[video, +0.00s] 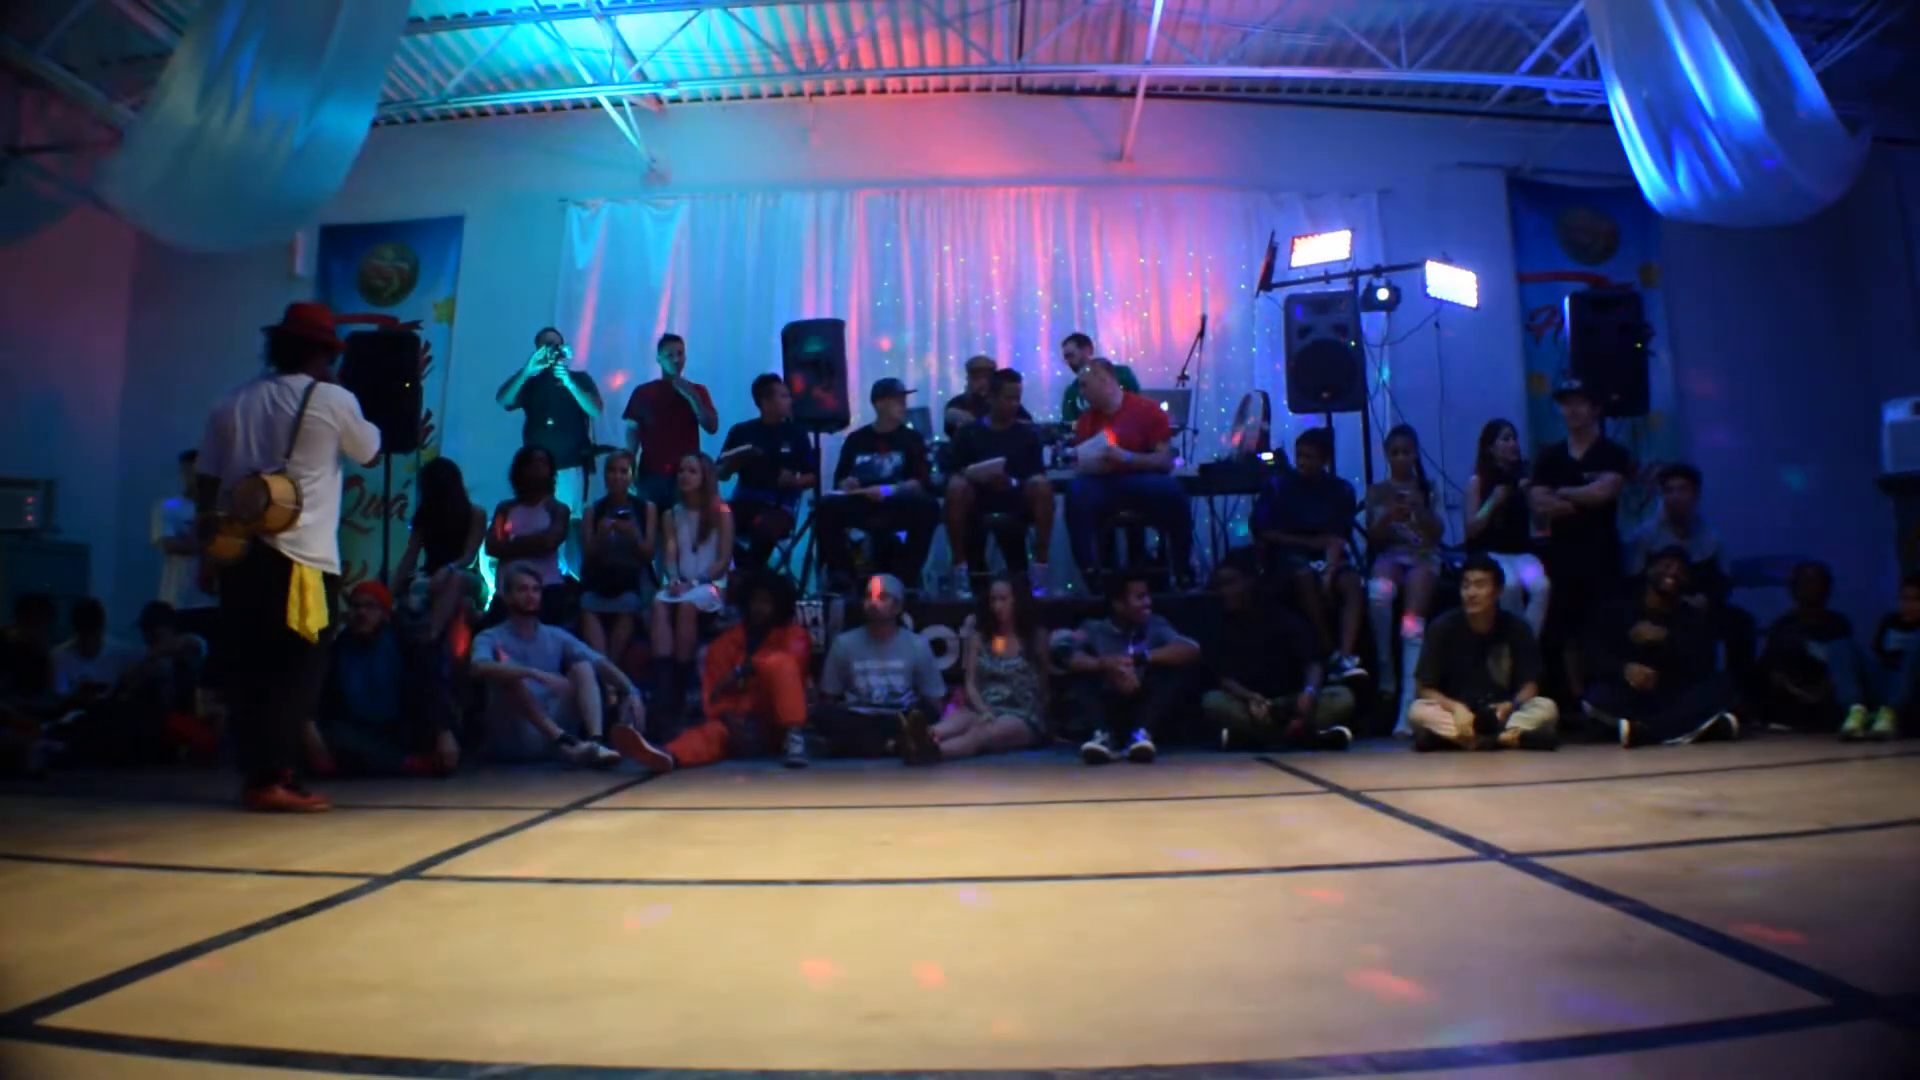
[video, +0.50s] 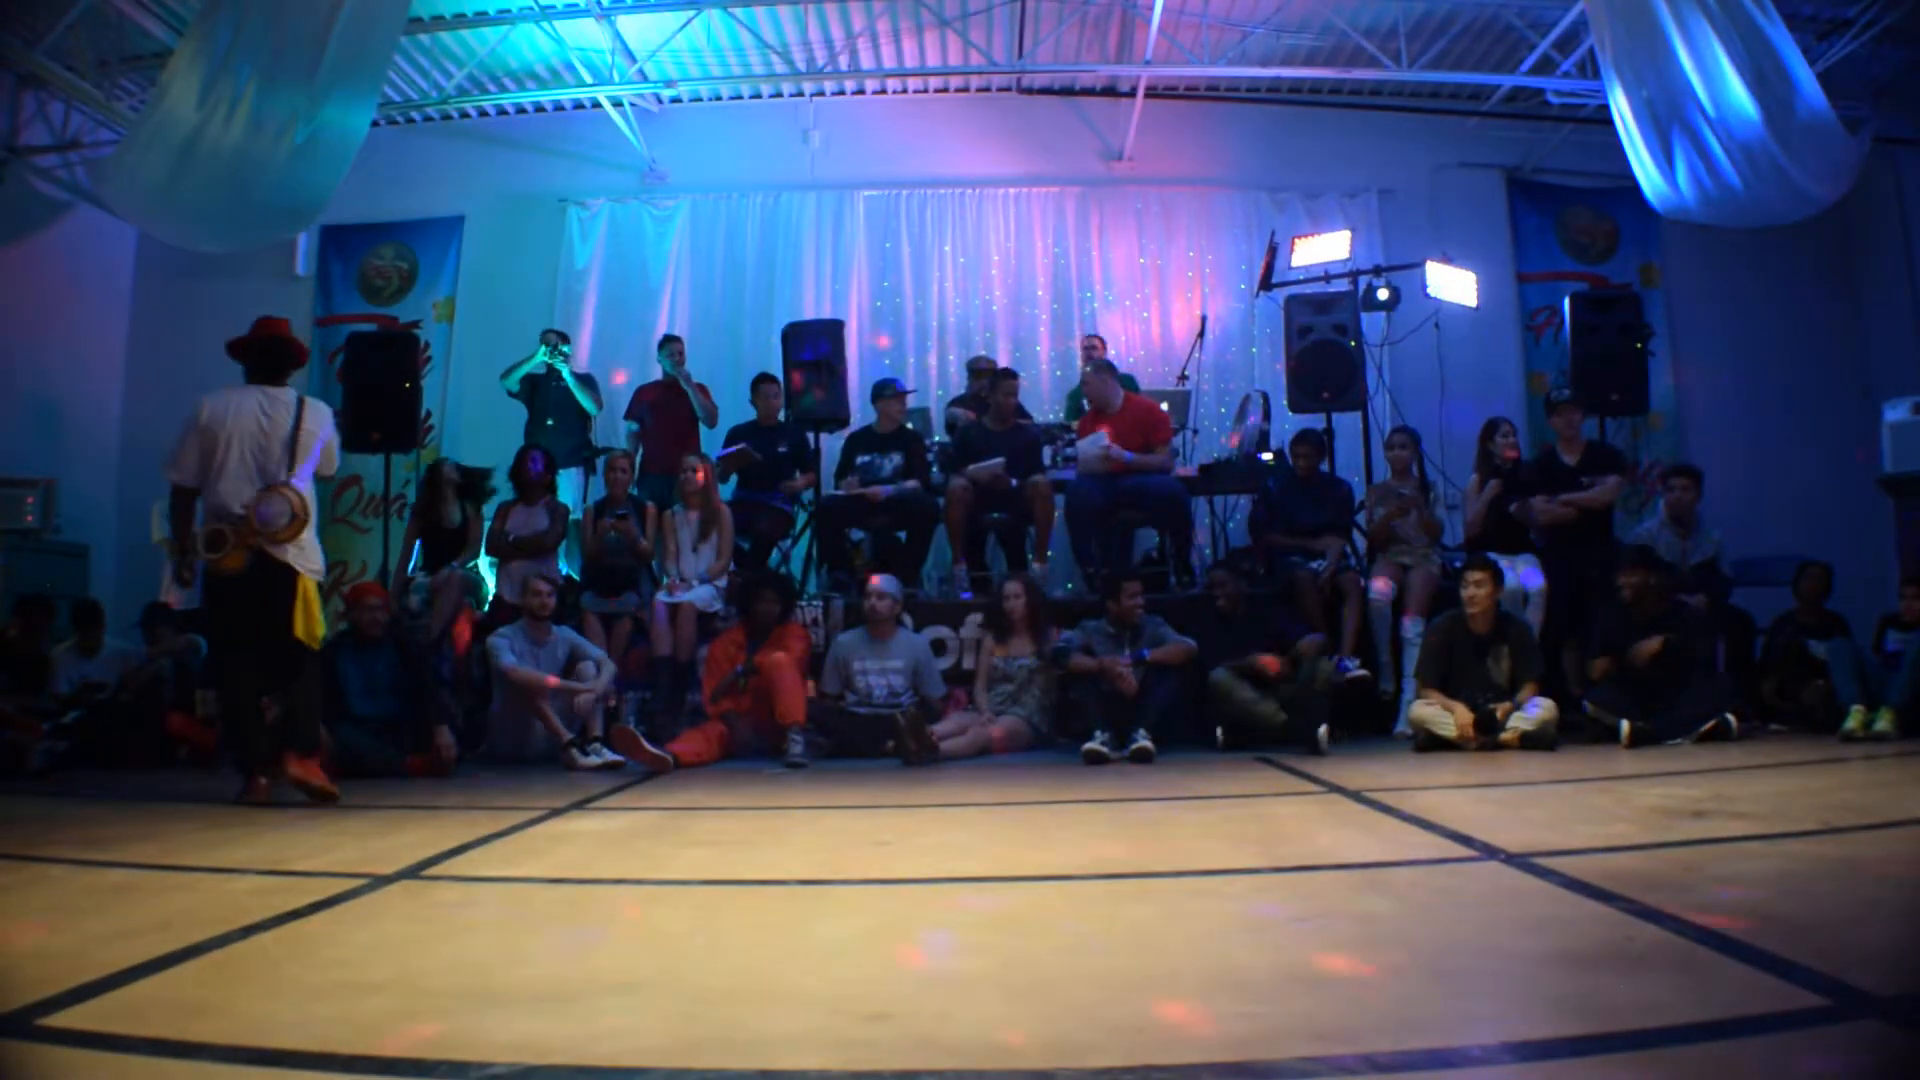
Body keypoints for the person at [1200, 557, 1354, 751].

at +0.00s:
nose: (1227, 591)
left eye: (1232, 583)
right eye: (1222, 585)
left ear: (1249, 582)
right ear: (1217, 590)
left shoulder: (1279, 615)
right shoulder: (1221, 626)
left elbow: (1313, 662)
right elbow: (1221, 676)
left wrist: (1308, 696)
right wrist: (1250, 698)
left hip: (1291, 694)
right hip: (1249, 700)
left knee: (1341, 698)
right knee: (1213, 702)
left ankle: (1251, 737)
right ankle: (1307, 737)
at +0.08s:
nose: (1224, 594)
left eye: (1230, 586)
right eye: (1220, 589)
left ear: (1247, 584)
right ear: (1216, 590)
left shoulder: (1276, 615)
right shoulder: (1220, 626)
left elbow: (1311, 661)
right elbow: (1221, 674)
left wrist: (1307, 691)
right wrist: (1248, 694)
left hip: (1290, 692)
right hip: (1251, 697)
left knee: (1338, 697)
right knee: (1214, 700)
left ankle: (1252, 738)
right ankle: (1308, 737)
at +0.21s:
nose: (1221, 597)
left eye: (1227, 589)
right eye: (1216, 591)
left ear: (1243, 586)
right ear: (1213, 593)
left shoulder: (1269, 614)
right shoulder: (1216, 625)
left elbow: (1310, 657)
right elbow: (1215, 672)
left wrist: (1308, 680)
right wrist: (1249, 682)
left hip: (1289, 689)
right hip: (1250, 694)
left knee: (1338, 691)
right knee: (1213, 693)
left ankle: (1253, 737)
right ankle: (1307, 736)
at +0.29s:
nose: (1217, 594)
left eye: (1223, 586)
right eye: (1212, 589)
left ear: (1240, 585)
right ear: (1207, 592)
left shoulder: (1265, 613)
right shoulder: (1211, 625)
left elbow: (1313, 653)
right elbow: (1212, 670)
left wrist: (1309, 670)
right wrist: (1249, 674)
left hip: (1287, 684)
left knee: (1335, 685)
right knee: (1215, 687)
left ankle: (1251, 736)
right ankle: (1305, 735)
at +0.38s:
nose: (1223, 593)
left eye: (1228, 586)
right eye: (1216, 588)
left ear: (1242, 586)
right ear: (1210, 592)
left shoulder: (1264, 613)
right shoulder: (1210, 622)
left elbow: (1315, 647)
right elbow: (1212, 664)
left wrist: (1306, 660)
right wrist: (1251, 668)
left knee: (1332, 677)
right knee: (1218, 680)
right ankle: (1294, 731)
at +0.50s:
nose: (1218, 593)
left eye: (1223, 586)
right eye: (1213, 588)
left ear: (1239, 585)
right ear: (1209, 591)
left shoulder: (1264, 611)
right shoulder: (1212, 622)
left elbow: (1311, 640)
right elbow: (1213, 663)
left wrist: (1287, 661)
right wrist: (1253, 662)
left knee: (1322, 666)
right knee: (1219, 678)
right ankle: (1298, 732)